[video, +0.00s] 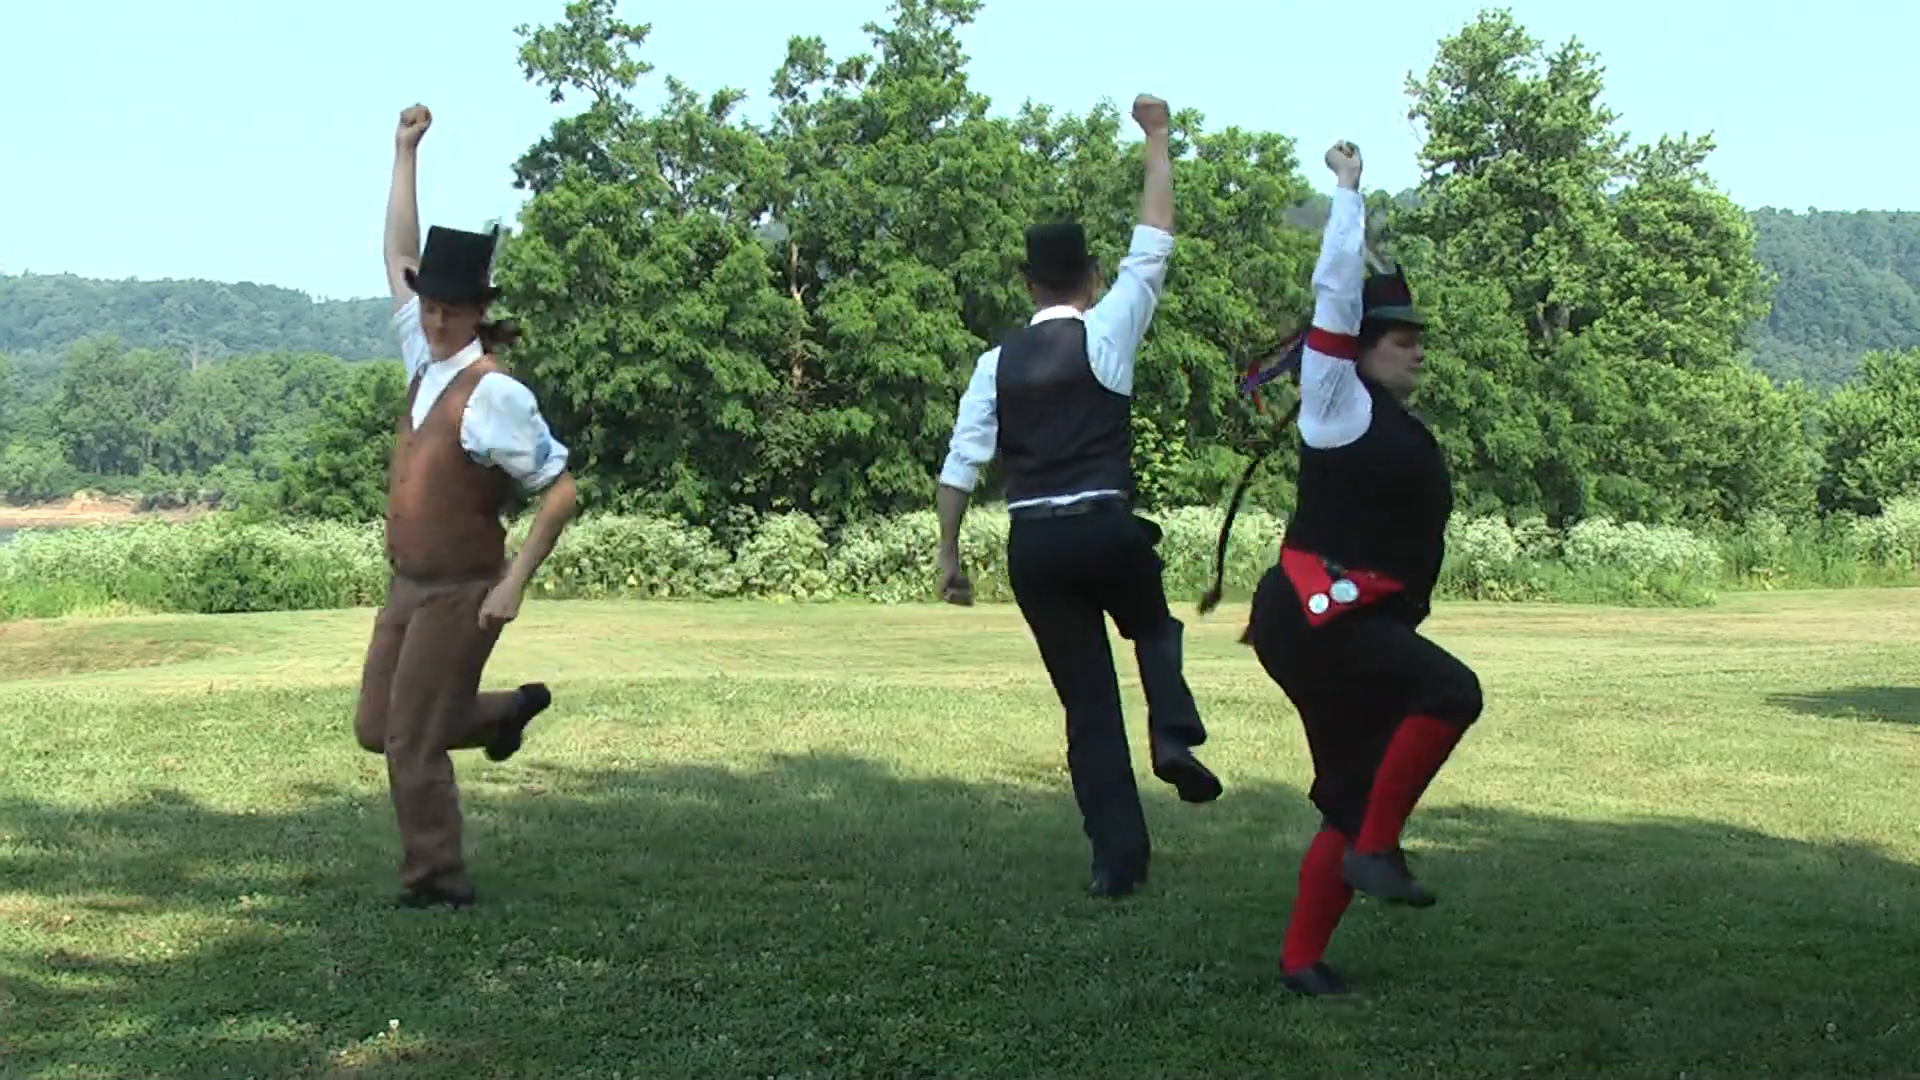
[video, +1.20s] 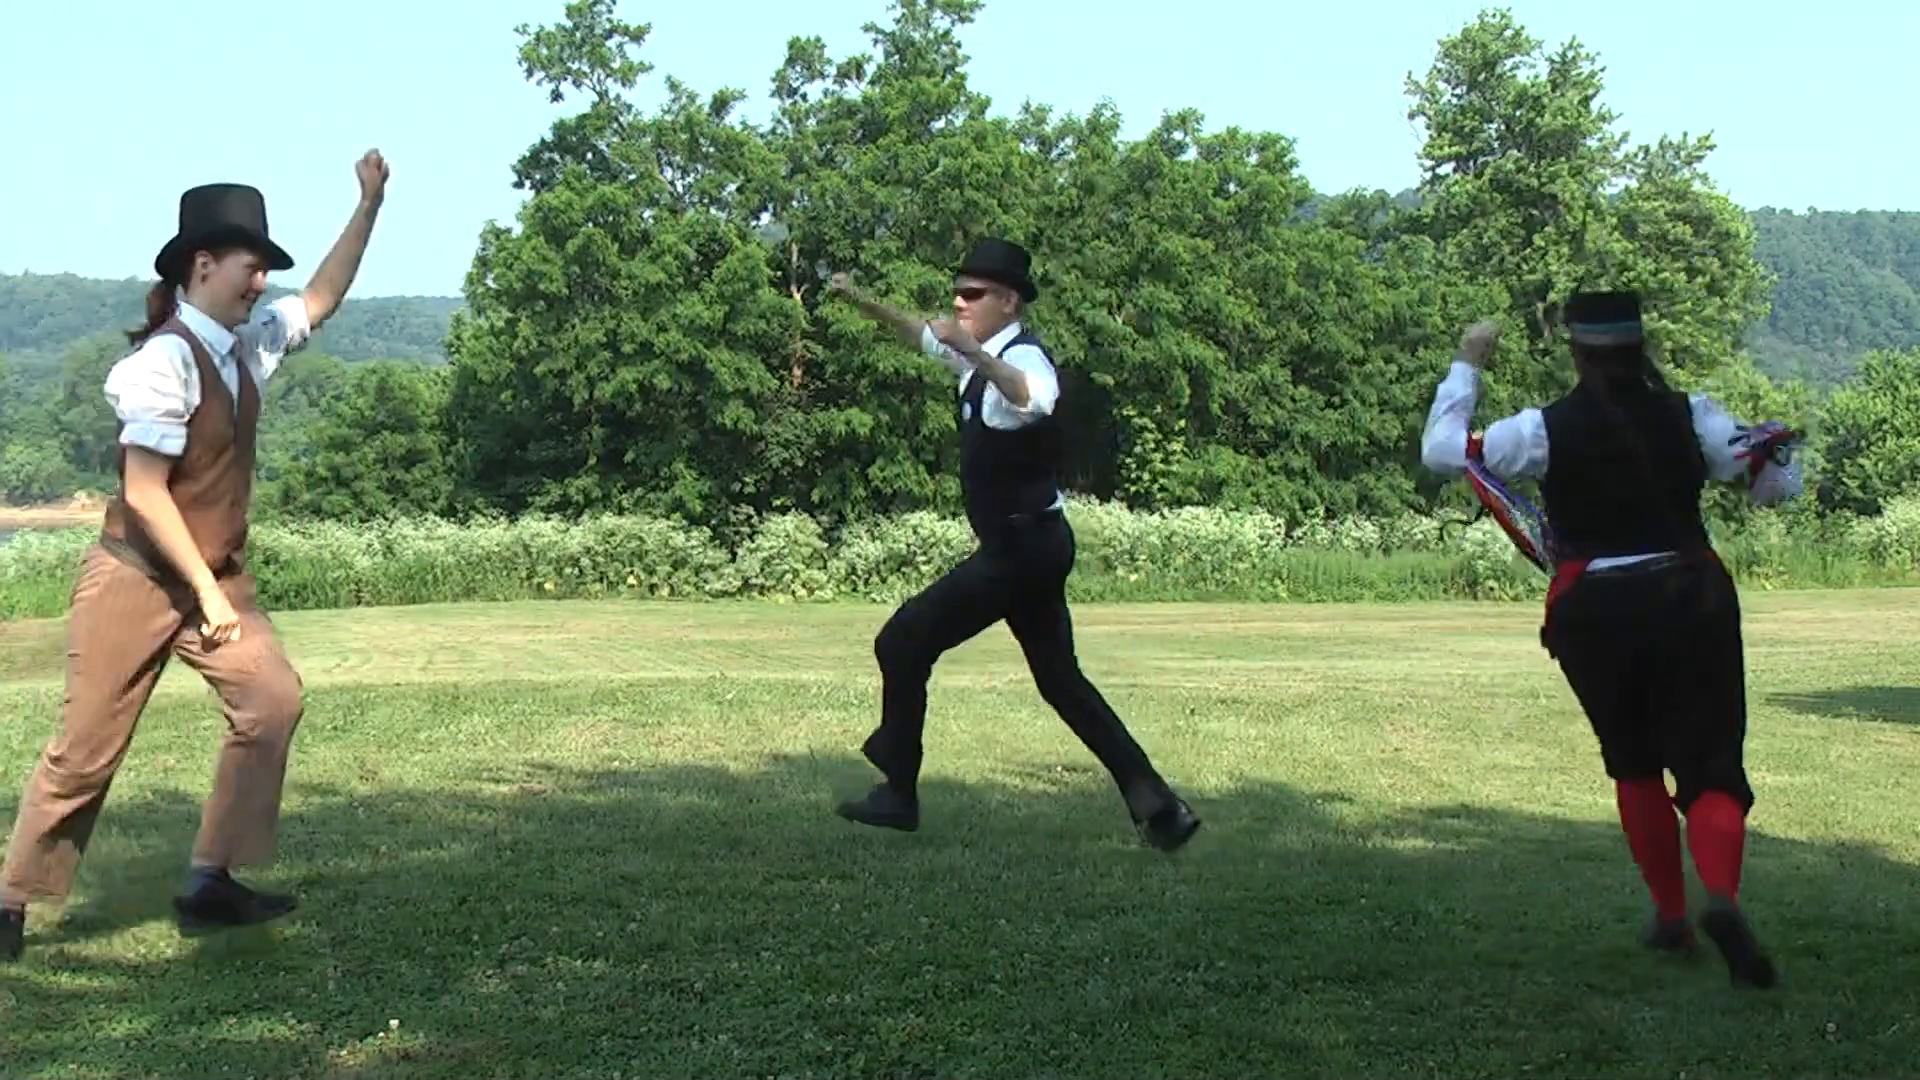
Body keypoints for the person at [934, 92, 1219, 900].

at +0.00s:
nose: (1098, 286)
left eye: (1079, 278)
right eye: (1097, 278)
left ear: (1029, 286)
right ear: (1091, 281)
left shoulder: (995, 364)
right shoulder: (1106, 333)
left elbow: (960, 463)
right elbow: (1153, 246)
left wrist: (947, 550)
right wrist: (1156, 141)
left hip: (1033, 543)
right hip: (1108, 531)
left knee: (1087, 704)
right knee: (1153, 627)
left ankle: (1118, 863)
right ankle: (1174, 742)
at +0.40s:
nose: (1096, 314)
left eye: (1100, 305)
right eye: (1101, 303)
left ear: (1113, 311)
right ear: (1158, 311)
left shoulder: (1091, 383)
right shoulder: (1191, 364)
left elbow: (1084, 483)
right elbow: (1219, 283)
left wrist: (1069, 569)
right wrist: (1213, 191)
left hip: (1121, 554)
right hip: (1188, 550)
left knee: (1102, 697)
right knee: (1172, 692)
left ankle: (1136, 782)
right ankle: (1216, 836)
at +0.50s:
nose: (1094, 292)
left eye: (1099, 282)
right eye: (1098, 280)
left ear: (1118, 289)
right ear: (1155, 290)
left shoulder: (1101, 358)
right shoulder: (1184, 338)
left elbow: (1118, 457)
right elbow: (1193, 260)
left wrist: (1106, 539)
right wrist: (1187, 169)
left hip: (1133, 529)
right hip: (1186, 528)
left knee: (1053, 650)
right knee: (1172, 689)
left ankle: (1144, 731)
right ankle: (1214, 837)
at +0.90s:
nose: (1040, 315)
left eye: (1052, 306)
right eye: (1041, 304)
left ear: (1090, 313)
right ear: (1083, 310)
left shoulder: (1097, 380)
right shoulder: (1089, 362)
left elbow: (1150, 469)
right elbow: (1076, 273)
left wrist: (1155, 563)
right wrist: (1070, 191)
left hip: (1102, 557)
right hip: (1112, 557)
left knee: (974, 603)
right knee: (1111, 695)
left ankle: (1023, 738)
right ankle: (1179, 825)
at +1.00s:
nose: (1016, 321)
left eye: (1028, 312)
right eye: (1016, 310)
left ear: (1064, 318)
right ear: (1052, 316)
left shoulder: (1077, 383)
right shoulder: (1056, 366)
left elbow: (1122, 469)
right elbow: (1026, 280)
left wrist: (1086, 541)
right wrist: (1007, 212)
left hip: (1098, 555)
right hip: (1102, 556)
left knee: (957, 608)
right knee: (1102, 703)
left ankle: (967, 750)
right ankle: (1178, 835)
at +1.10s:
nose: (987, 317)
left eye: (1000, 306)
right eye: (985, 307)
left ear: (1038, 313)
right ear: (992, 314)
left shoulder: (1051, 374)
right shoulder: (1016, 358)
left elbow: (1080, 444)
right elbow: (968, 300)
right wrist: (931, 240)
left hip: (1068, 554)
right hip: (1071, 552)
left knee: (931, 608)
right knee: (1089, 693)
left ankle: (924, 752)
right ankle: (1174, 829)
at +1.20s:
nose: (961, 306)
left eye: (976, 296)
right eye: (959, 295)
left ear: (1014, 303)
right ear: (957, 301)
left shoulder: (1027, 359)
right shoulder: (969, 346)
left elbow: (1031, 397)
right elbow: (917, 332)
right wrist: (861, 299)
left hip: (1028, 545)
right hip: (1019, 543)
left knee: (904, 641)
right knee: (1061, 682)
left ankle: (897, 793)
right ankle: (1157, 807)